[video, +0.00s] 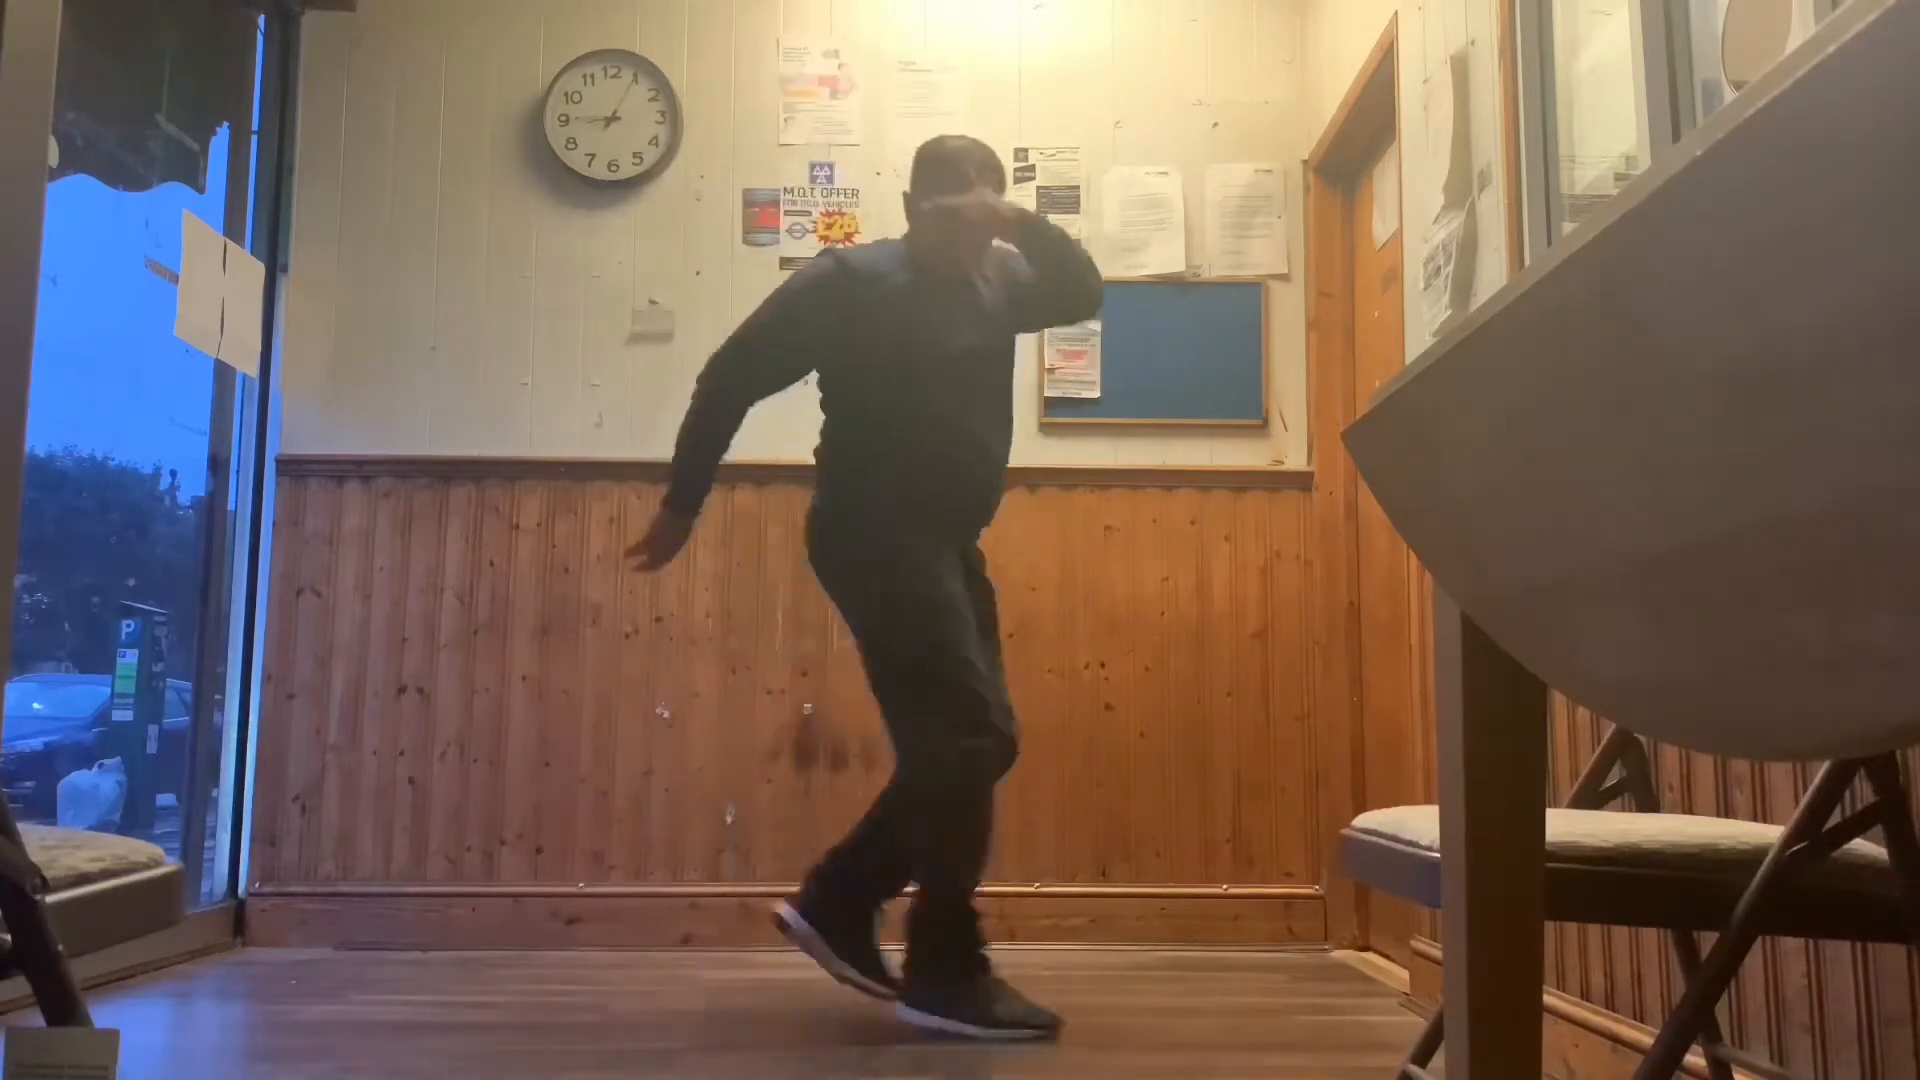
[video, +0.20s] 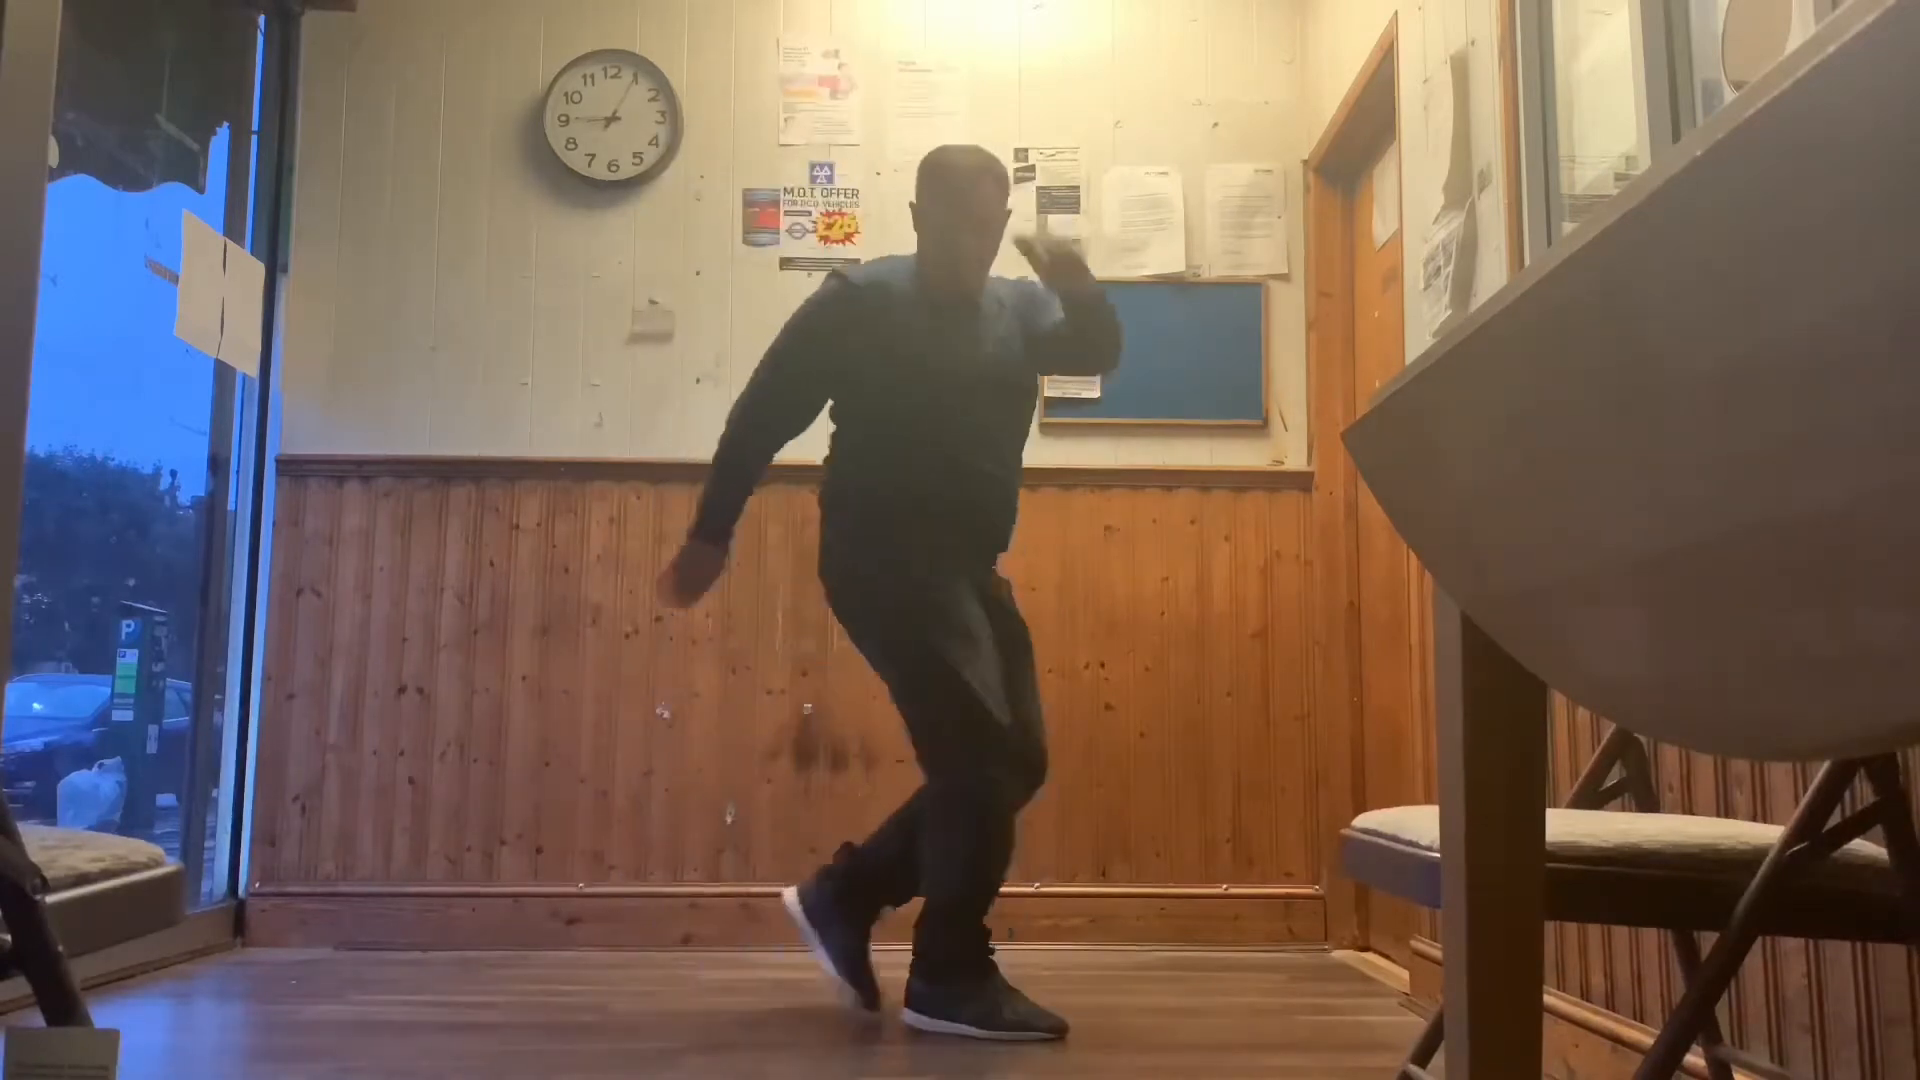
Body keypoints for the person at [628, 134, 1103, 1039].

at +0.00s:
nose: (982, 226)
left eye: (990, 210)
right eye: (962, 208)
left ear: (998, 215)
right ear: (919, 207)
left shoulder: (998, 293)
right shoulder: (849, 284)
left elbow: (1080, 293)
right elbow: (730, 378)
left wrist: (1022, 222)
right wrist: (681, 504)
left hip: (949, 542)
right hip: (872, 538)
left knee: (977, 740)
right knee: (964, 737)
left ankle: (838, 899)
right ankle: (944, 973)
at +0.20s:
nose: (988, 225)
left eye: (996, 210)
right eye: (969, 208)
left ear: (1004, 219)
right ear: (924, 209)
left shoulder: (1020, 310)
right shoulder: (859, 303)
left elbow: (1098, 349)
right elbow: (764, 412)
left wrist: (1077, 288)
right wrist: (710, 533)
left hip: (970, 569)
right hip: (884, 567)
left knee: (1016, 762)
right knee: (978, 761)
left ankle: (845, 896)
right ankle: (949, 976)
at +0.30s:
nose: (978, 211)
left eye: (993, 193)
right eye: (961, 192)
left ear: (1008, 198)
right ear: (921, 189)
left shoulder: (1027, 303)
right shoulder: (854, 277)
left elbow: (1077, 390)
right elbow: (773, 391)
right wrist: (782, 494)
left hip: (960, 547)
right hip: (858, 544)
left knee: (984, 730)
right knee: (900, 728)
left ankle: (920, 929)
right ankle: (925, 971)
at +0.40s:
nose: (949, 212)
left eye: (965, 197)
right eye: (933, 195)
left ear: (992, 212)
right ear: (905, 204)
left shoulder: (1015, 325)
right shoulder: (842, 298)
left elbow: (1066, 438)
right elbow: (753, 388)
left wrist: (1082, 524)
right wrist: (797, 414)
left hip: (950, 559)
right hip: (845, 548)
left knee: (952, 764)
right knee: (866, 681)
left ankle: (918, 942)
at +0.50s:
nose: (926, 195)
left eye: (941, 181)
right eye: (911, 180)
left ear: (970, 195)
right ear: (885, 190)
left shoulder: (1003, 310)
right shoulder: (830, 286)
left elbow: (1046, 431)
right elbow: (741, 389)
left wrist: (1013, 494)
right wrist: (773, 373)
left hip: (934, 542)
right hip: (825, 528)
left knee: (935, 751)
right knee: (784, 626)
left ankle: (918, 945)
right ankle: (804, 763)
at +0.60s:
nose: (899, 156)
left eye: (914, 140)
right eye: (884, 140)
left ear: (944, 151)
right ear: (860, 150)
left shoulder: (987, 254)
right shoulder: (807, 247)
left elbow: (1025, 369)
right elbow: (752, 333)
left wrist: (948, 391)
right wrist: (744, 358)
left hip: (911, 514)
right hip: (800, 497)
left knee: (911, 722)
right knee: (733, 616)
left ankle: (909, 928)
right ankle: (762, 795)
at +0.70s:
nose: (855, 160)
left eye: (874, 143)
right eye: (842, 143)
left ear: (913, 147)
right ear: (827, 150)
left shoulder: (959, 240)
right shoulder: (789, 250)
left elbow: (1001, 339)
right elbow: (742, 345)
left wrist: (891, 321)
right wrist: (706, 396)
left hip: (896, 518)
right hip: (785, 506)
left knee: (893, 720)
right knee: (710, 682)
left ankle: (893, 917)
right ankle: (677, 869)